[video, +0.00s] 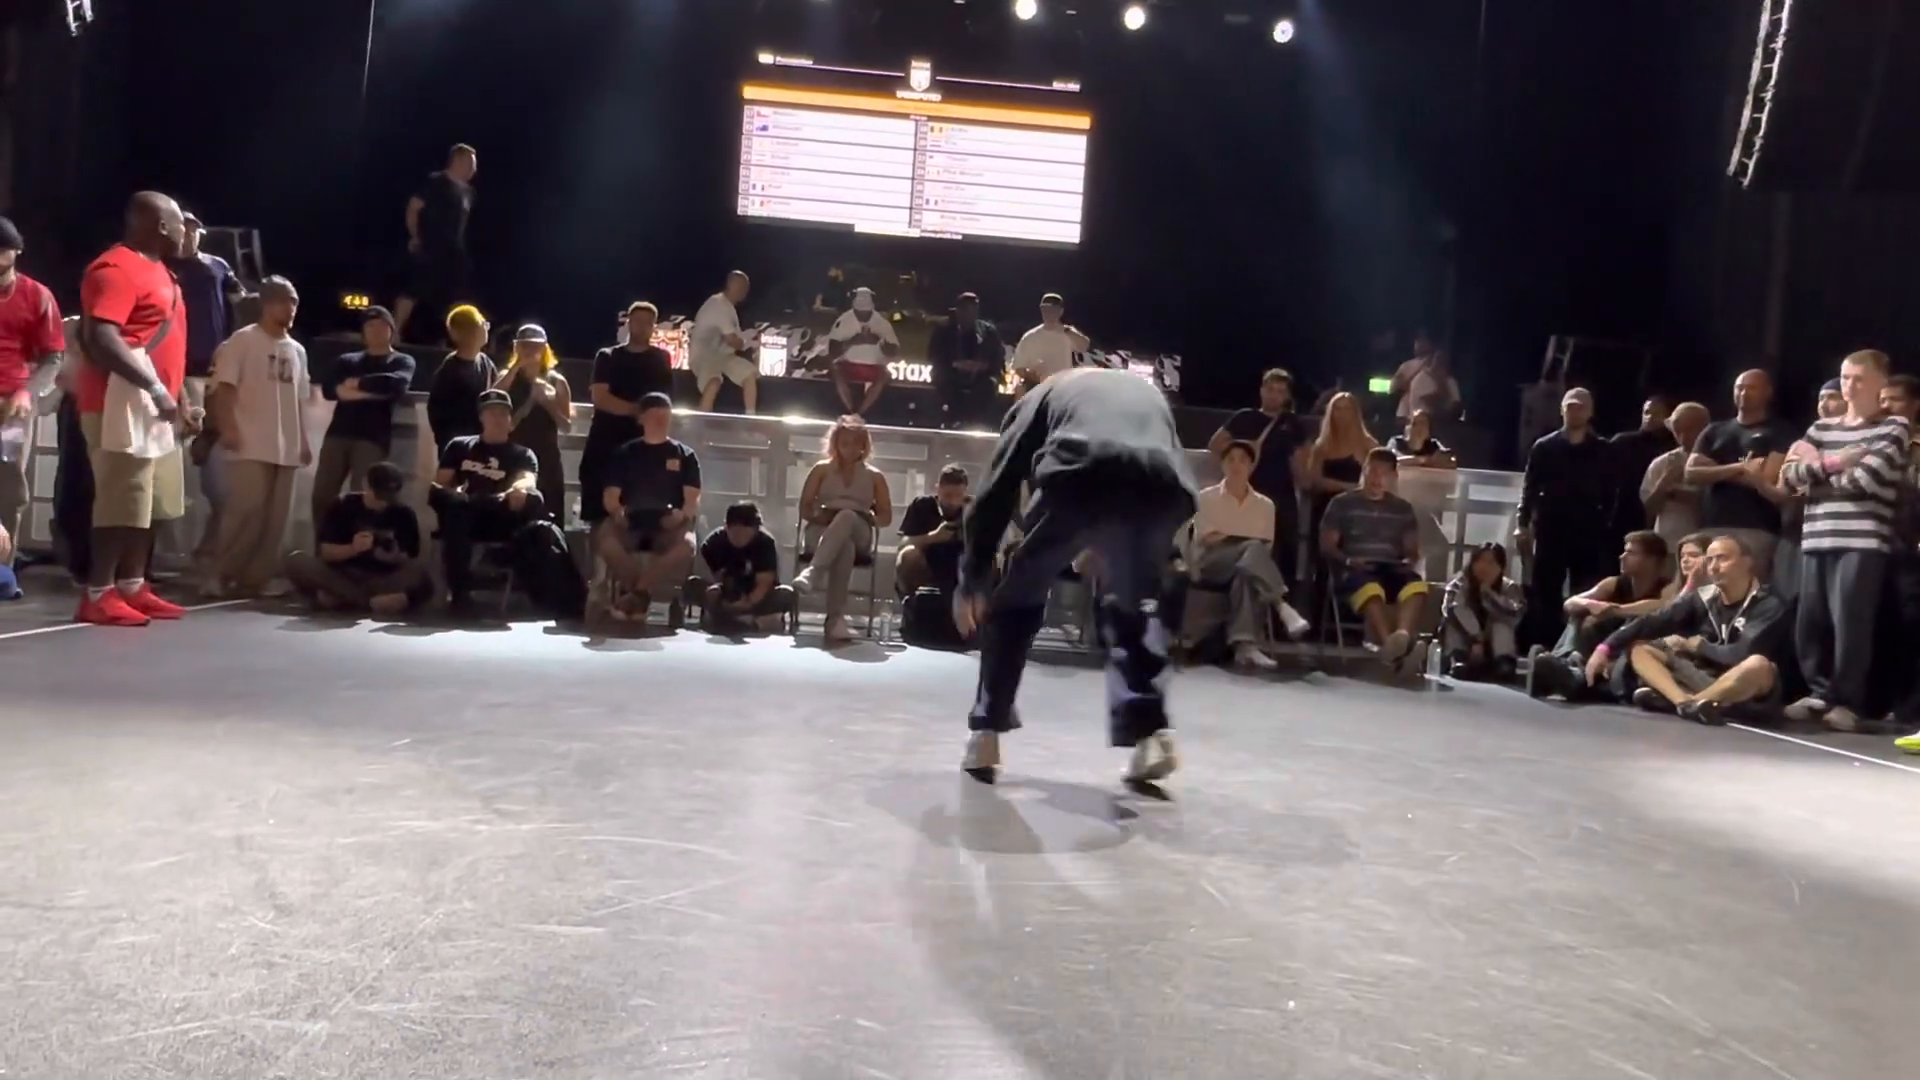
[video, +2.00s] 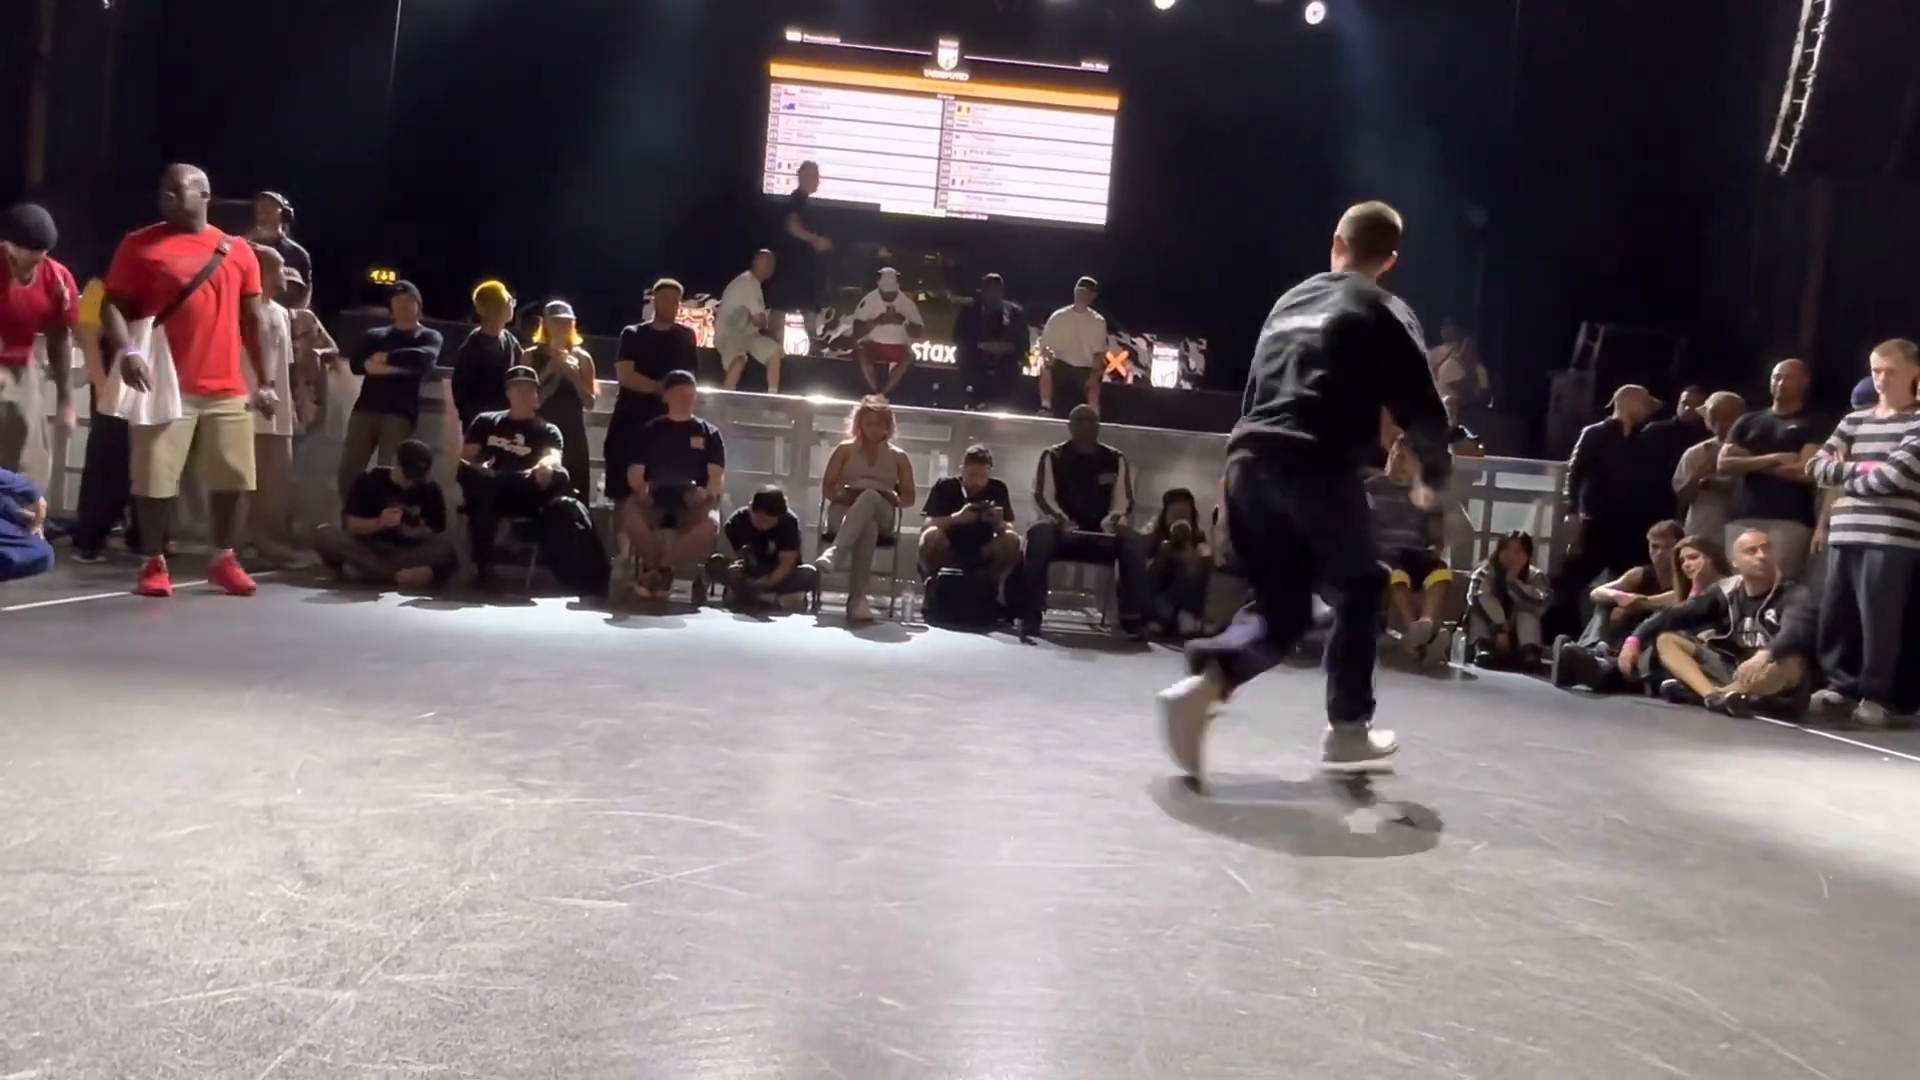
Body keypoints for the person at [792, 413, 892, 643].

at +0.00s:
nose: (851, 449)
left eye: (856, 443)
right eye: (845, 443)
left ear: (864, 446)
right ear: (835, 444)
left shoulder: (874, 477)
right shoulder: (821, 470)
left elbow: (885, 518)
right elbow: (805, 509)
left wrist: (861, 516)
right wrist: (828, 519)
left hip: (860, 538)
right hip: (820, 533)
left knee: (846, 516)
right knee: (845, 545)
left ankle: (812, 572)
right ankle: (835, 619)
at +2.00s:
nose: (874, 429)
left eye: (880, 424)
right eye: (869, 424)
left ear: (889, 426)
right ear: (859, 425)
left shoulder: (898, 457)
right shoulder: (845, 450)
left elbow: (908, 499)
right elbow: (828, 489)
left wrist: (884, 494)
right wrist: (852, 499)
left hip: (883, 518)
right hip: (843, 513)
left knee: (869, 496)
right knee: (868, 525)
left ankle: (835, 551)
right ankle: (857, 599)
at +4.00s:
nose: (874, 427)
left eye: (879, 421)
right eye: (868, 421)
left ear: (888, 425)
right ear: (858, 423)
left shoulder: (898, 457)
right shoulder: (845, 449)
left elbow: (908, 498)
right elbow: (828, 489)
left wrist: (890, 500)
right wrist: (848, 498)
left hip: (883, 517)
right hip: (844, 511)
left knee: (869, 496)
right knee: (869, 526)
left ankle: (835, 552)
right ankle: (857, 598)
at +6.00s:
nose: (853, 439)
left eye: (858, 433)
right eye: (847, 433)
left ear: (866, 438)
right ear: (836, 436)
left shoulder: (876, 470)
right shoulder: (822, 464)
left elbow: (886, 511)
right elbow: (808, 505)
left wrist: (863, 510)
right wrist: (835, 513)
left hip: (862, 531)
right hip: (823, 526)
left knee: (847, 509)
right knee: (847, 538)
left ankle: (814, 565)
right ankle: (838, 612)